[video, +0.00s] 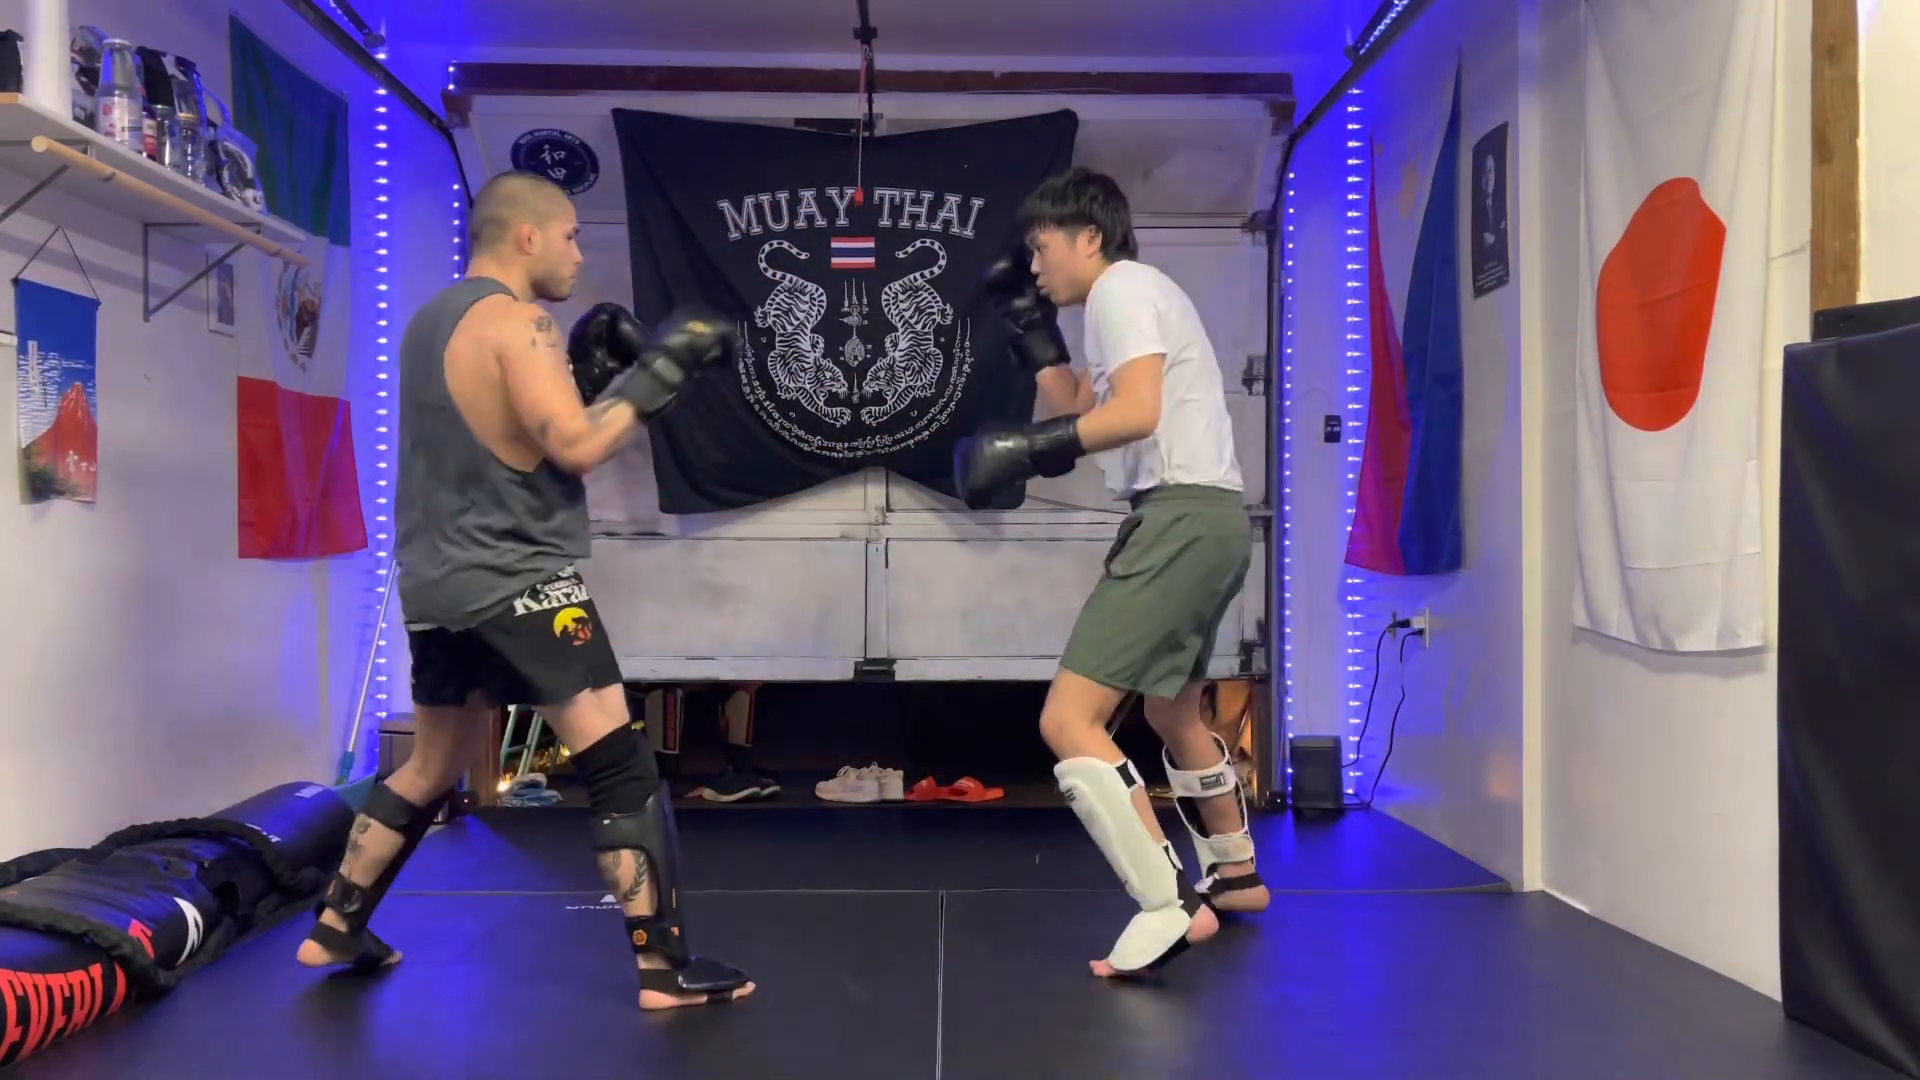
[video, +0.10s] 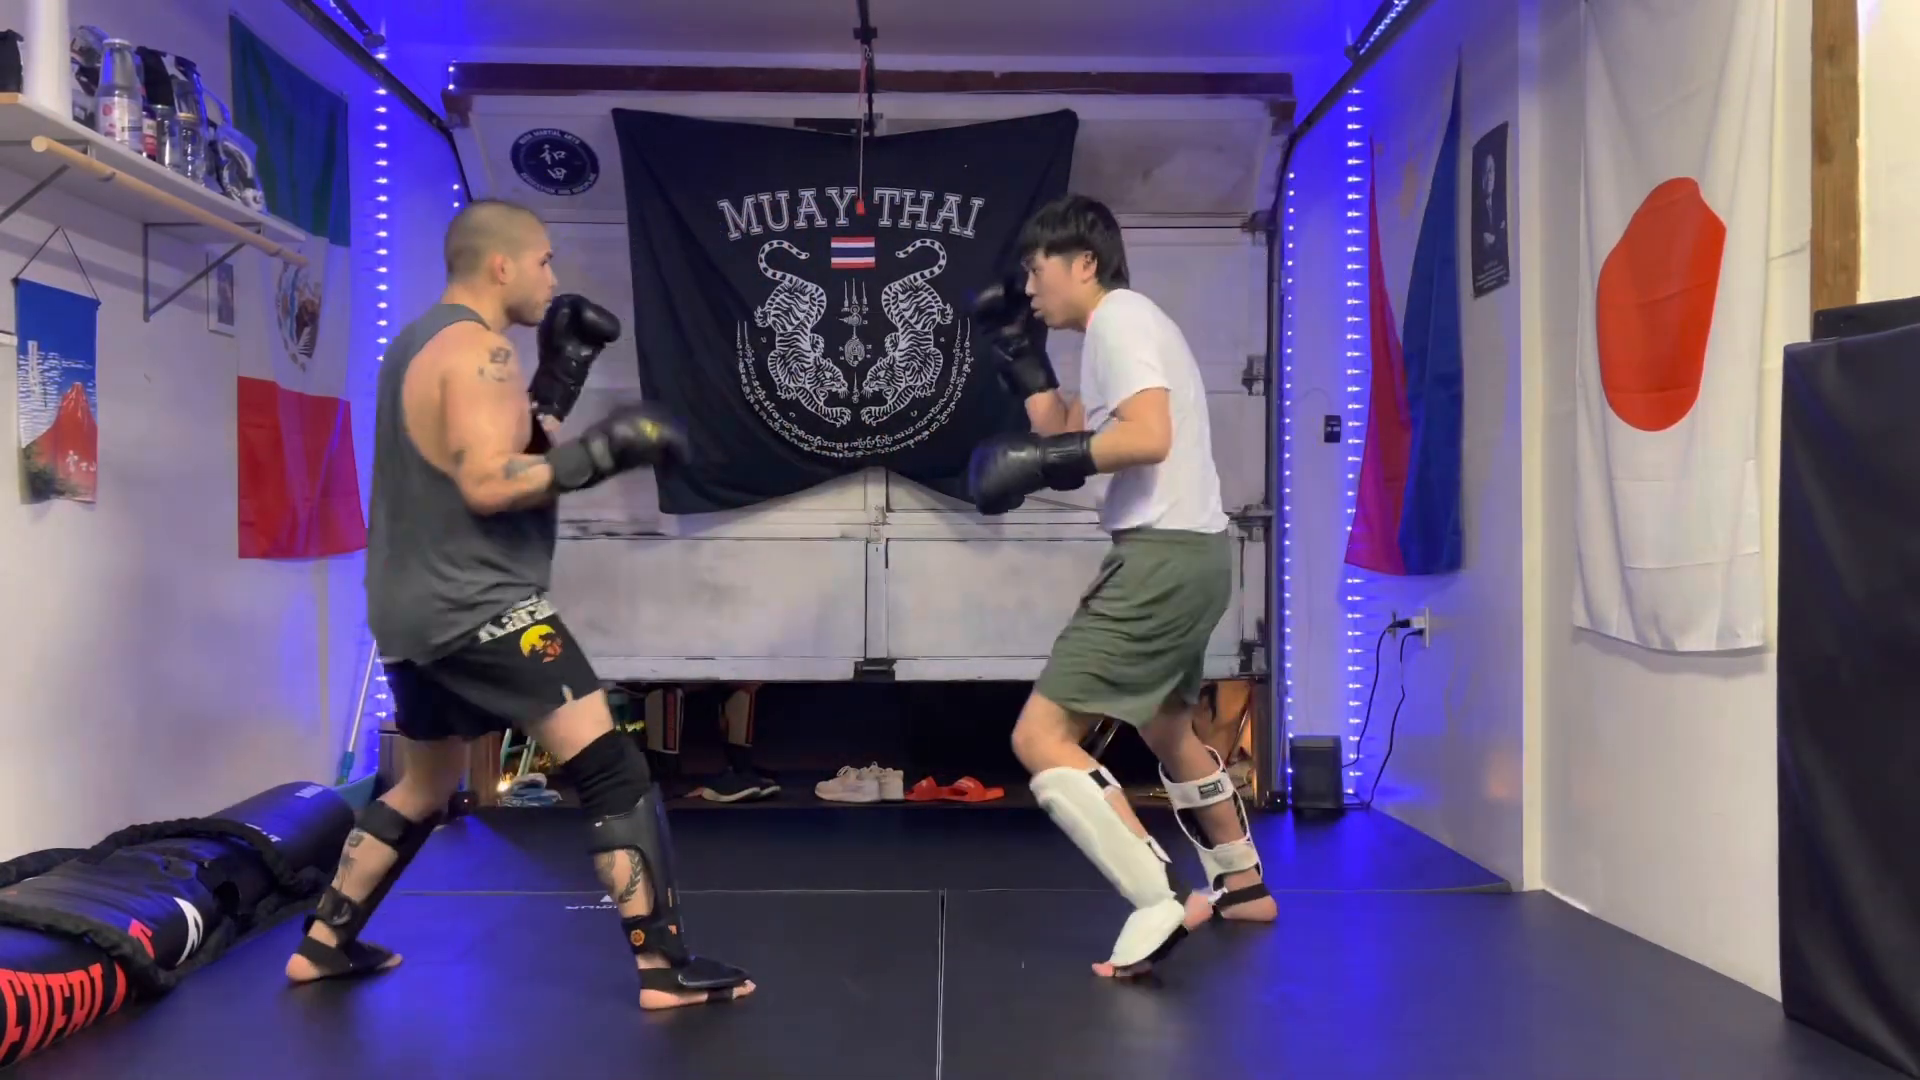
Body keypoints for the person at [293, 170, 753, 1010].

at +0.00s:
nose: (578, 253)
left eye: (576, 237)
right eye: (570, 237)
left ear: (499, 239)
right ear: (526, 237)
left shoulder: (432, 322)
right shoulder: (514, 321)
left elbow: (500, 442)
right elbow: (579, 446)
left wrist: (584, 378)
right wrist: (668, 367)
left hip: (435, 590)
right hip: (521, 584)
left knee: (432, 761)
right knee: (617, 763)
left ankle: (337, 927)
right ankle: (663, 964)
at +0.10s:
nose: (552, 278)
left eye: (550, 263)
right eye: (543, 263)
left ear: (476, 267)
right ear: (501, 267)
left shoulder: (421, 345)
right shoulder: (479, 349)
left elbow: (502, 462)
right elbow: (490, 483)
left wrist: (558, 375)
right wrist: (602, 452)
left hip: (412, 610)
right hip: (480, 607)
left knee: (422, 784)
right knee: (609, 769)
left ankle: (327, 939)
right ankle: (663, 966)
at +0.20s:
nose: (525, 289)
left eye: (523, 273)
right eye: (515, 272)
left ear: (456, 279)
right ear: (467, 278)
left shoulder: (420, 351)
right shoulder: (437, 352)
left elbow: (487, 474)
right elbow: (433, 483)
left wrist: (538, 387)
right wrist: (558, 477)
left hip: (386, 612)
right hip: (428, 609)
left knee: (415, 779)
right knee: (538, 774)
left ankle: (326, 939)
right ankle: (638, 960)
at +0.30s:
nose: (502, 272)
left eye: (500, 257)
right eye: (491, 257)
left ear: (439, 265)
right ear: (444, 264)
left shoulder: (423, 346)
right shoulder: (395, 339)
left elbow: (457, 461)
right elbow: (402, 460)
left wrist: (517, 395)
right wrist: (517, 420)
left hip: (364, 595)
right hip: (378, 593)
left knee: (406, 768)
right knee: (491, 747)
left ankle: (324, 938)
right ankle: (548, 968)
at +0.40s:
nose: (481, 248)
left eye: (480, 233)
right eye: (470, 232)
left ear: (419, 239)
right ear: (417, 236)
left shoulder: (410, 329)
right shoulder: (364, 310)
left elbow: (466, 443)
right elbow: (399, 425)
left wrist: (521, 371)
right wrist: (485, 363)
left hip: (346, 564)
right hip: (348, 563)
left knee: (385, 756)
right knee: (445, 743)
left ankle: (321, 941)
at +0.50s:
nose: (456, 232)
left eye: (455, 217)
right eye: (444, 215)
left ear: (394, 220)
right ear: (389, 217)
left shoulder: (385, 317)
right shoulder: (330, 294)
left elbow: (455, 427)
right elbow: (411, 397)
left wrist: (514, 348)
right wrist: (477, 306)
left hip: (373, 562)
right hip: (321, 556)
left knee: (373, 760)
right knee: (360, 756)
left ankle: (321, 938)